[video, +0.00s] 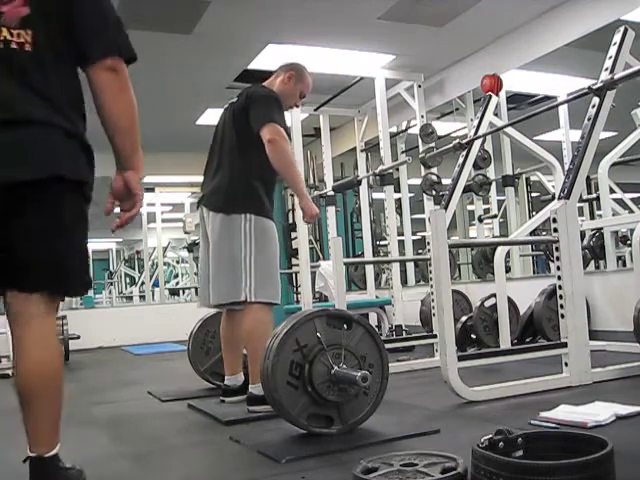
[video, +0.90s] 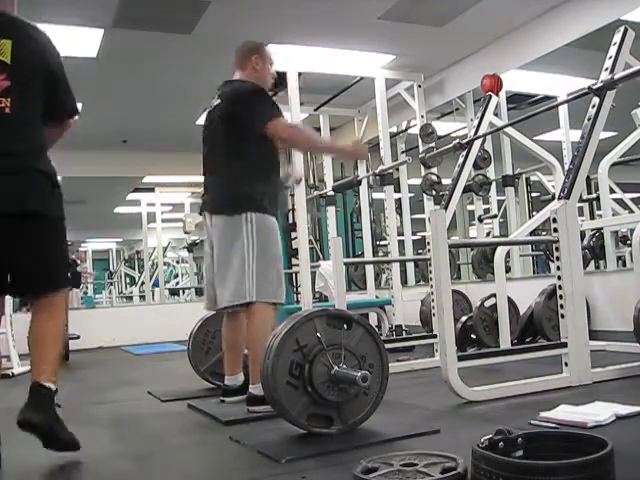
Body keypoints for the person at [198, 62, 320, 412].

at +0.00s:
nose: (298, 103)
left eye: (303, 99)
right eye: (301, 94)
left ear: (277, 76)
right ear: (285, 77)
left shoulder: (237, 104)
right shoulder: (263, 95)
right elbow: (272, 137)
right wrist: (303, 196)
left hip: (220, 207)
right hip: (245, 208)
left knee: (234, 302)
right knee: (259, 301)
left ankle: (233, 383)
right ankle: (260, 389)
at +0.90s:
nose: (272, 76)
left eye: (272, 69)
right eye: (270, 68)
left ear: (239, 66)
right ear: (256, 62)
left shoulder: (220, 103)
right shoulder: (250, 94)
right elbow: (284, 132)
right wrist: (340, 148)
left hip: (222, 210)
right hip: (249, 210)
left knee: (234, 300)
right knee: (262, 298)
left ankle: (233, 382)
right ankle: (260, 389)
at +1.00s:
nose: (259, 69)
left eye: (258, 63)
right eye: (257, 62)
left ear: (225, 64)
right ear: (242, 61)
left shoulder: (209, 104)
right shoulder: (244, 93)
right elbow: (301, 98)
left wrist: (290, 108)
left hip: (224, 211)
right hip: (255, 209)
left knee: (238, 302)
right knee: (266, 299)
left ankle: (233, 382)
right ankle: (260, 390)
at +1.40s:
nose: (258, 66)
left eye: (256, 61)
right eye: (255, 61)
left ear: (220, 69)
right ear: (246, 66)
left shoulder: (209, 99)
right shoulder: (242, 87)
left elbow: (214, 57)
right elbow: (259, 26)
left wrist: (217, 18)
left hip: (232, 204)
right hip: (259, 199)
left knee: (243, 300)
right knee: (267, 298)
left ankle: (233, 383)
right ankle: (260, 389)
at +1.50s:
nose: (257, 66)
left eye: (255, 62)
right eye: (253, 62)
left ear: (219, 69)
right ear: (245, 67)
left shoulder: (208, 101)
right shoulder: (242, 87)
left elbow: (213, 57)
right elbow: (258, 27)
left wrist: (214, 17)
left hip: (233, 205)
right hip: (260, 199)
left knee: (243, 300)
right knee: (267, 299)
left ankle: (233, 383)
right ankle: (261, 389)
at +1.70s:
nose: (256, 68)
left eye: (255, 63)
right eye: (254, 63)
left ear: (220, 69)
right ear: (243, 65)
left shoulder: (208, 101)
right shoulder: (242, 88)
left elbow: (213, 59)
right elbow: (259, 28)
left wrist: (216, 18)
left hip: (233, 206)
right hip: (260, 200)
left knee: (244, 299)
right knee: (268, 298)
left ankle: (234, 383)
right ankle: (260, 389)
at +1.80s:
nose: (256, 67)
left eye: (255, 62)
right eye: (253, 62)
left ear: (220, 69)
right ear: (243, 65)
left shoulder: (208, 102)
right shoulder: (242, 88)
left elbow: (213, 59)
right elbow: (259, 28)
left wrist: (217, 19)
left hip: (233, 206)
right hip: (260, 201)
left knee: (244, 299)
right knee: (268, 297)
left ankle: (234, 382)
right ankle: (260, 388)